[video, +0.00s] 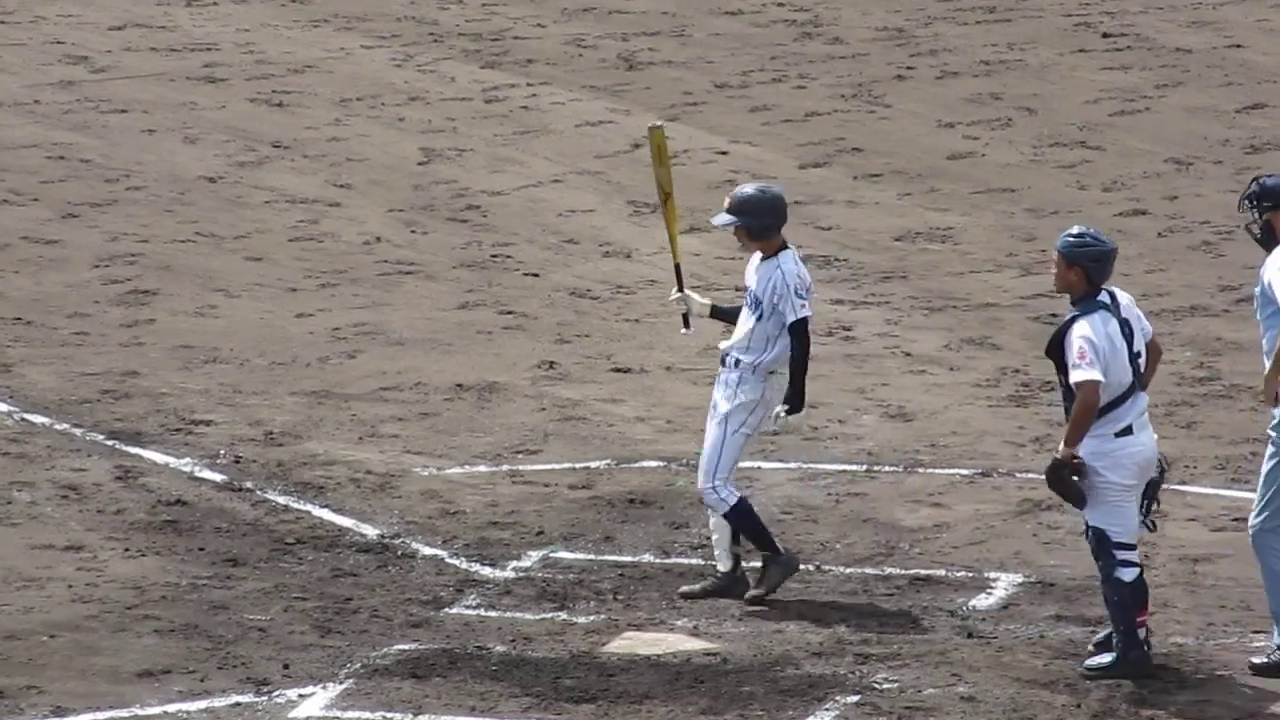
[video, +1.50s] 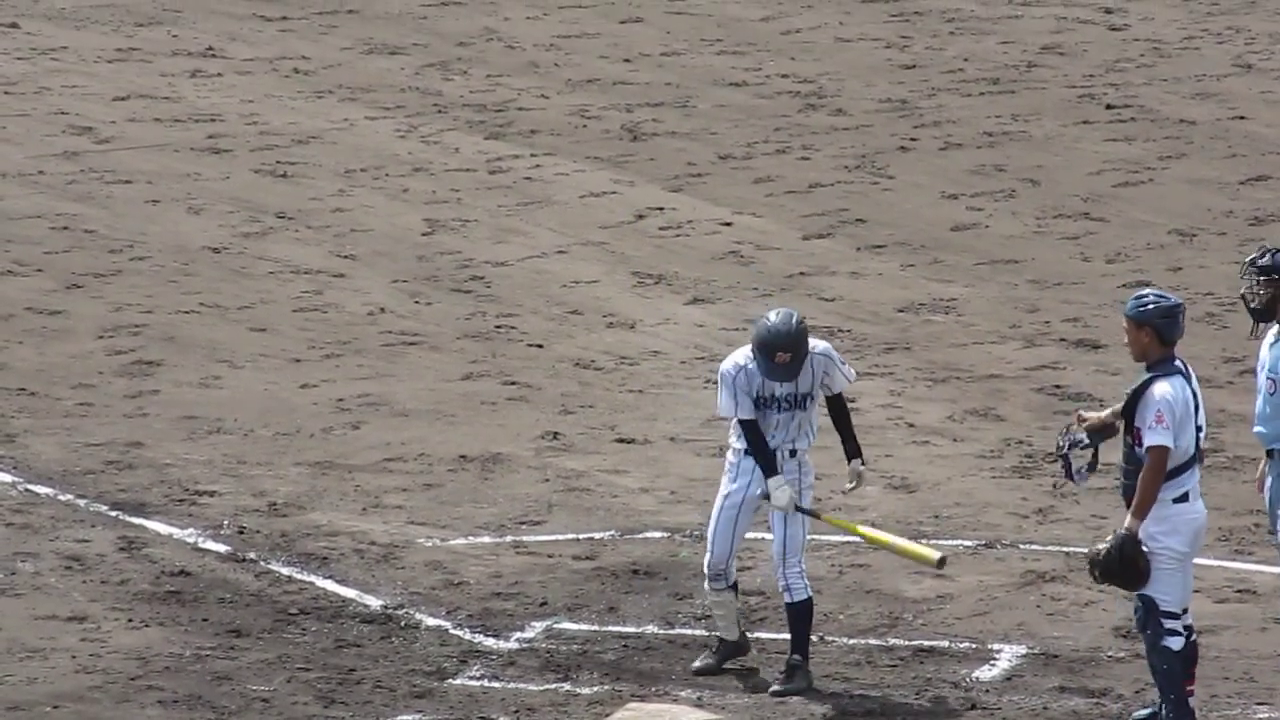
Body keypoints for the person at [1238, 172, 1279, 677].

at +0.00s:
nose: (1260, 222)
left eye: (1264, 213)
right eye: (1261, 212)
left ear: (1274, 218)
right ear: (1274, 216)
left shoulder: (1274, 270)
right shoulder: (1271, 268)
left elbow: (1279, 339)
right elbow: (1278, 338)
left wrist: (1271, 382)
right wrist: (1271, 381)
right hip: (1279, 422)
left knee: (1265, 525)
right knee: (1265, 526)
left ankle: (1279, 639)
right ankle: (1277, 638)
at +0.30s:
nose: (1263, 270)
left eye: (1266, 262)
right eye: (1262, 261)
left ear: (1275, 266)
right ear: (1271, 265)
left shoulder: (1276, 321)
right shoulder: (1272, 315)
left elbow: (1279, 397)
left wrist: (1251, 451)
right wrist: (1265, 391)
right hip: (1276, 461)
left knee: (1279, 573)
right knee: (1279, 570)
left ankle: (1278, 694)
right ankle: (1276, 693)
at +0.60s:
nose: (1256, 283)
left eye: (1262, 274)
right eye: (1256, 274)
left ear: (1276, 278)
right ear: (1270, 278)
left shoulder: (1274, 340)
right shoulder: (1270, 334)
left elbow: (1276, 424)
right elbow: (1273, 420)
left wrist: (1273, 487)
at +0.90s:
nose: (1261, 291)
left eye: (1269, 283)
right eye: (1257, 284)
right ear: (1250, 287)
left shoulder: (1275, 337)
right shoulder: (1269, 334)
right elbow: (1266, 398)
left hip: (1277, 451)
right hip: (1274, 451)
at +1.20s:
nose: (1265, 297)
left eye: (1272, 289)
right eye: (1262, 289)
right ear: (1256, 292)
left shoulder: (1274, 342)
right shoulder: (1268, 340)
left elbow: (1269, 407)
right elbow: (1269, 405)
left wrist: (1269, 461)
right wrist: (1268, 460)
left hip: (1274, 456)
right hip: (1273, 456)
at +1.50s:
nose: (1256, 292)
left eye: (1265, 284)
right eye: (1256, 284)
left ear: (1278, 290)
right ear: (1257, 288)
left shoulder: (1275, 343)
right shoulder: (1270, 339)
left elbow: (1269, 408)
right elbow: (1269, 406)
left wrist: (1268, 459)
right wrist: (1267, 460)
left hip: (1275, 458)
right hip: (1273, 457)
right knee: (1276, 533)